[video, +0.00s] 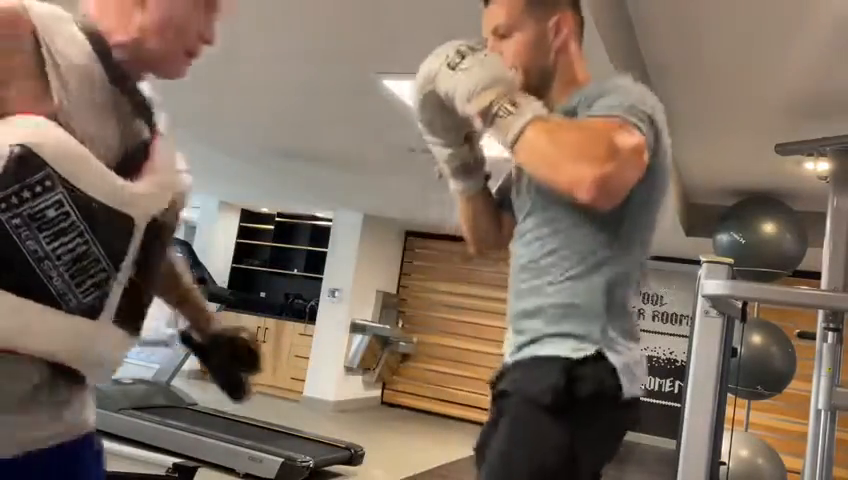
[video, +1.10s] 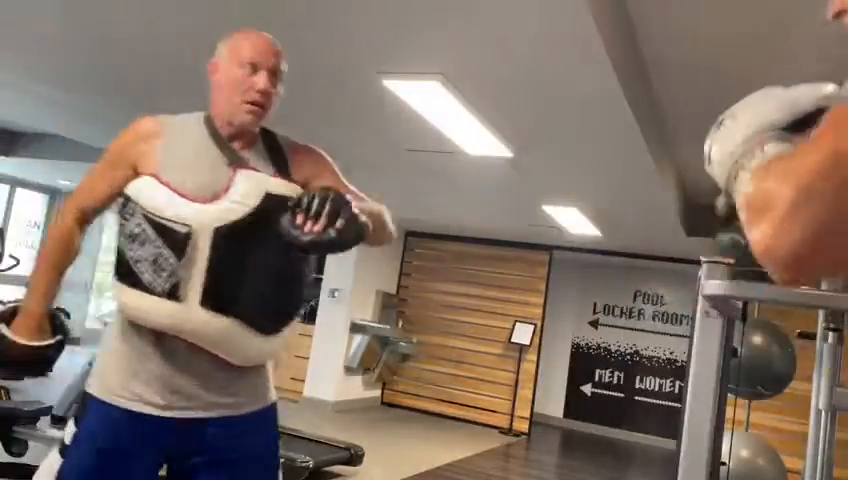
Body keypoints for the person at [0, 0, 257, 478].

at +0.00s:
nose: (210, 38)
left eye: (215, 16)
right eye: (205, 8)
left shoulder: (141, 115)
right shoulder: (17, 31)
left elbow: (149, 243)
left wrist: (207, 323)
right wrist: (134, 202)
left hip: (67, 427)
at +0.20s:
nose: (239, 28)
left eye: (246, 13)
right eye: (230, 4)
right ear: (163, 0)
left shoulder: (215, 123)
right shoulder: (43, 39)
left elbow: (226, 229)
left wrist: (304, 313)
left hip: (108, 424)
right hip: (11, 419)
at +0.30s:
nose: (227, 25)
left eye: (236, 14)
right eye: (213, 4)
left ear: (243, 25)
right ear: (159, 2)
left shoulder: (226, 125)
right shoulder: (46, 54)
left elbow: (252, 230)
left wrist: (338, 286)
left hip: (124, 421)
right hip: (16, 418)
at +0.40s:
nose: (209, 25)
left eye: (221, 12)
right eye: (193, 4)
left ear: (228, 26)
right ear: (139, 5)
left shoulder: (229, 127)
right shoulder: (38, 79)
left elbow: (290, 230)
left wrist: (375, 234)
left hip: (134, 415)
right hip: (21, 412)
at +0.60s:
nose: (164, 49)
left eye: (178, 37)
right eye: (148, 29)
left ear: (187, 48)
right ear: (107, 32)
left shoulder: (224, 133)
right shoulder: (37, 115)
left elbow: (296, 212)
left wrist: (327, 194)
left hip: (154, 412)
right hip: (34, 407)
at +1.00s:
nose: (218, 64)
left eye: (231, 54)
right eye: (204, 47)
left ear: (240, 69)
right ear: (171, 56)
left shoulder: (271, 149)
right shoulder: (111, 130)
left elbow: (333, 219)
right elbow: (41, 217)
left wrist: (332, 212)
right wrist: (4, 312)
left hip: (220, 399)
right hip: (105, 393)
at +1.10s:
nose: (264, 85)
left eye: (274, 76)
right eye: (251, 68)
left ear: (281, 90)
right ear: (214, 70)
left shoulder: (303, 164)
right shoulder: (149, 139)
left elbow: (384, 231)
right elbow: (73, 215)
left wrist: (352, 215)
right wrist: (33, 312)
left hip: (239, 408)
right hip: (129, 399)